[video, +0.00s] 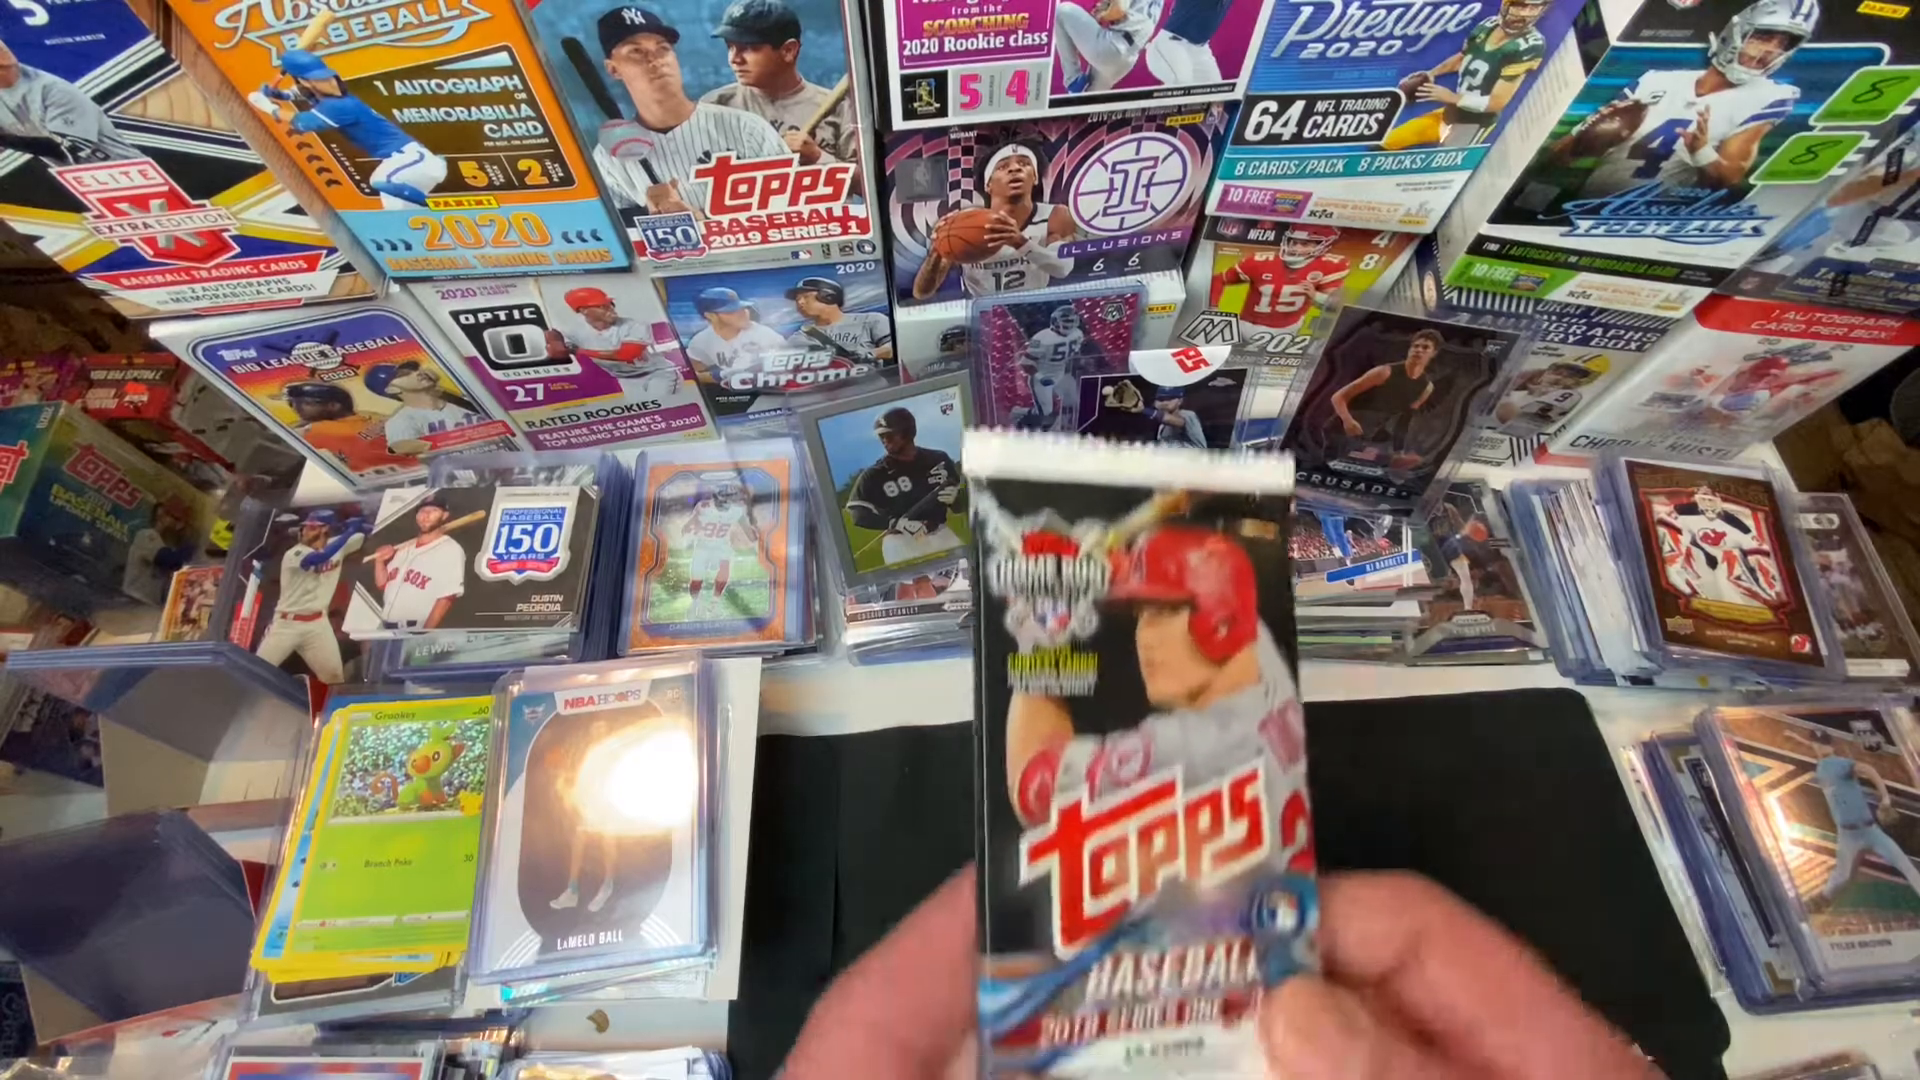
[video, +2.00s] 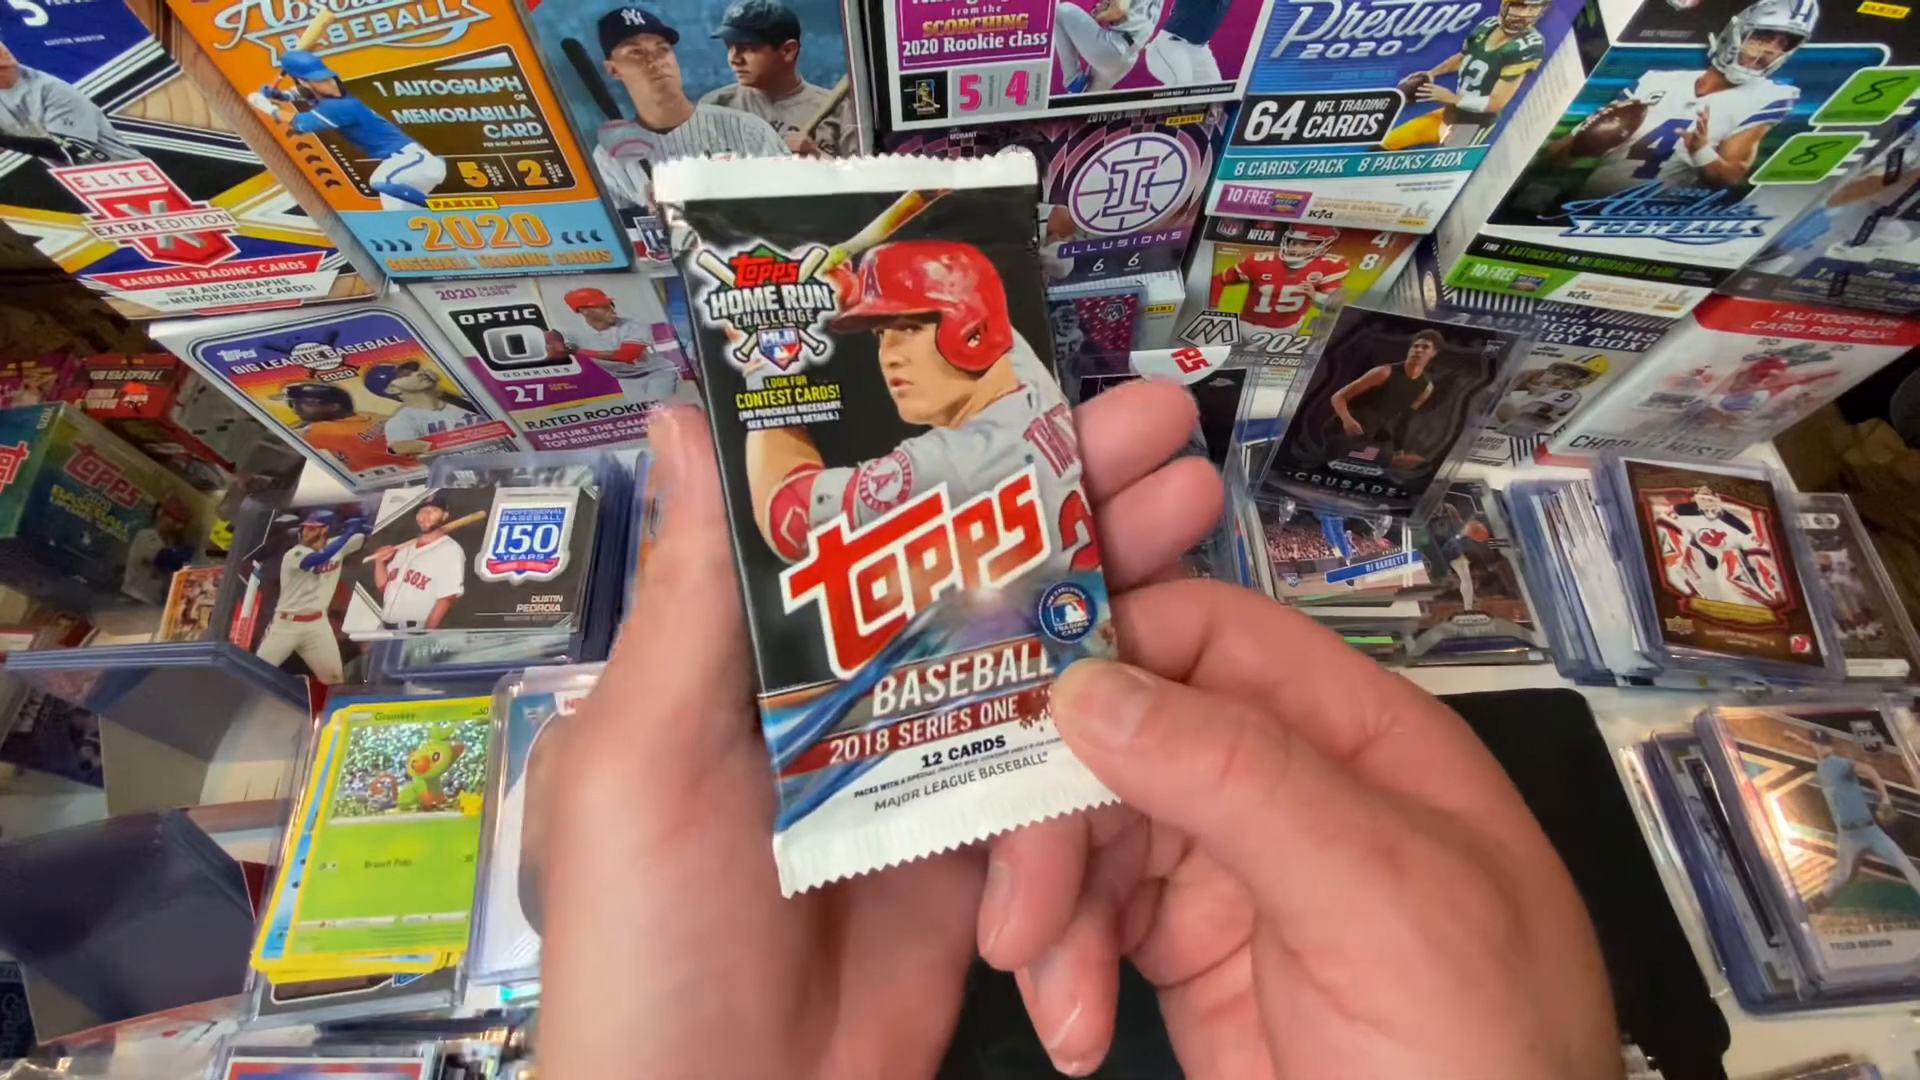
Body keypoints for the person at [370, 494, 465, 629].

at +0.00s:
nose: (425, 516)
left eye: (432, 511)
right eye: (422, 511)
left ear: (445, 515)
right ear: (416, 515)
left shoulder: (451, 550)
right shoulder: (405, 548)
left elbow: (446, 598)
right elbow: (382, 585)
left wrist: (425, 634)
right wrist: (380, 561)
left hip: (416, 631)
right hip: (386, 627)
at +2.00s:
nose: (425, 517)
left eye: (431, 511)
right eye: (421, 511)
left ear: (445, 516)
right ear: (416, 516)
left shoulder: (451, 550)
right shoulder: (405, 548)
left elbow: (446, 598)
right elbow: (382, 585)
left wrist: (426, 634)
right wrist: (379, 562)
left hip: (416, 632)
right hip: (386, 627)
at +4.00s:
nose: (425, 516)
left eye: (432, 511)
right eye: (422, 511)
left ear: (445, 515)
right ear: (416, 515)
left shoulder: (450, 550)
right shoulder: (406, 548)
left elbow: (447, 598)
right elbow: (382, 585)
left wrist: (425, 634)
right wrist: (379, 561)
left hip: (416, 631)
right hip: (386, 627)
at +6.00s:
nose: (425, 517)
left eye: (432, 511)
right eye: (422, 511)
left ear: (444, 515)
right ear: (416, 516)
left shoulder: (451, 549)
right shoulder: (405, 548)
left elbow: (446, 598)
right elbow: (381, 584)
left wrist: (425, 633)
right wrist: (379, 561)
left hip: (416, 630)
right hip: (387, 627)